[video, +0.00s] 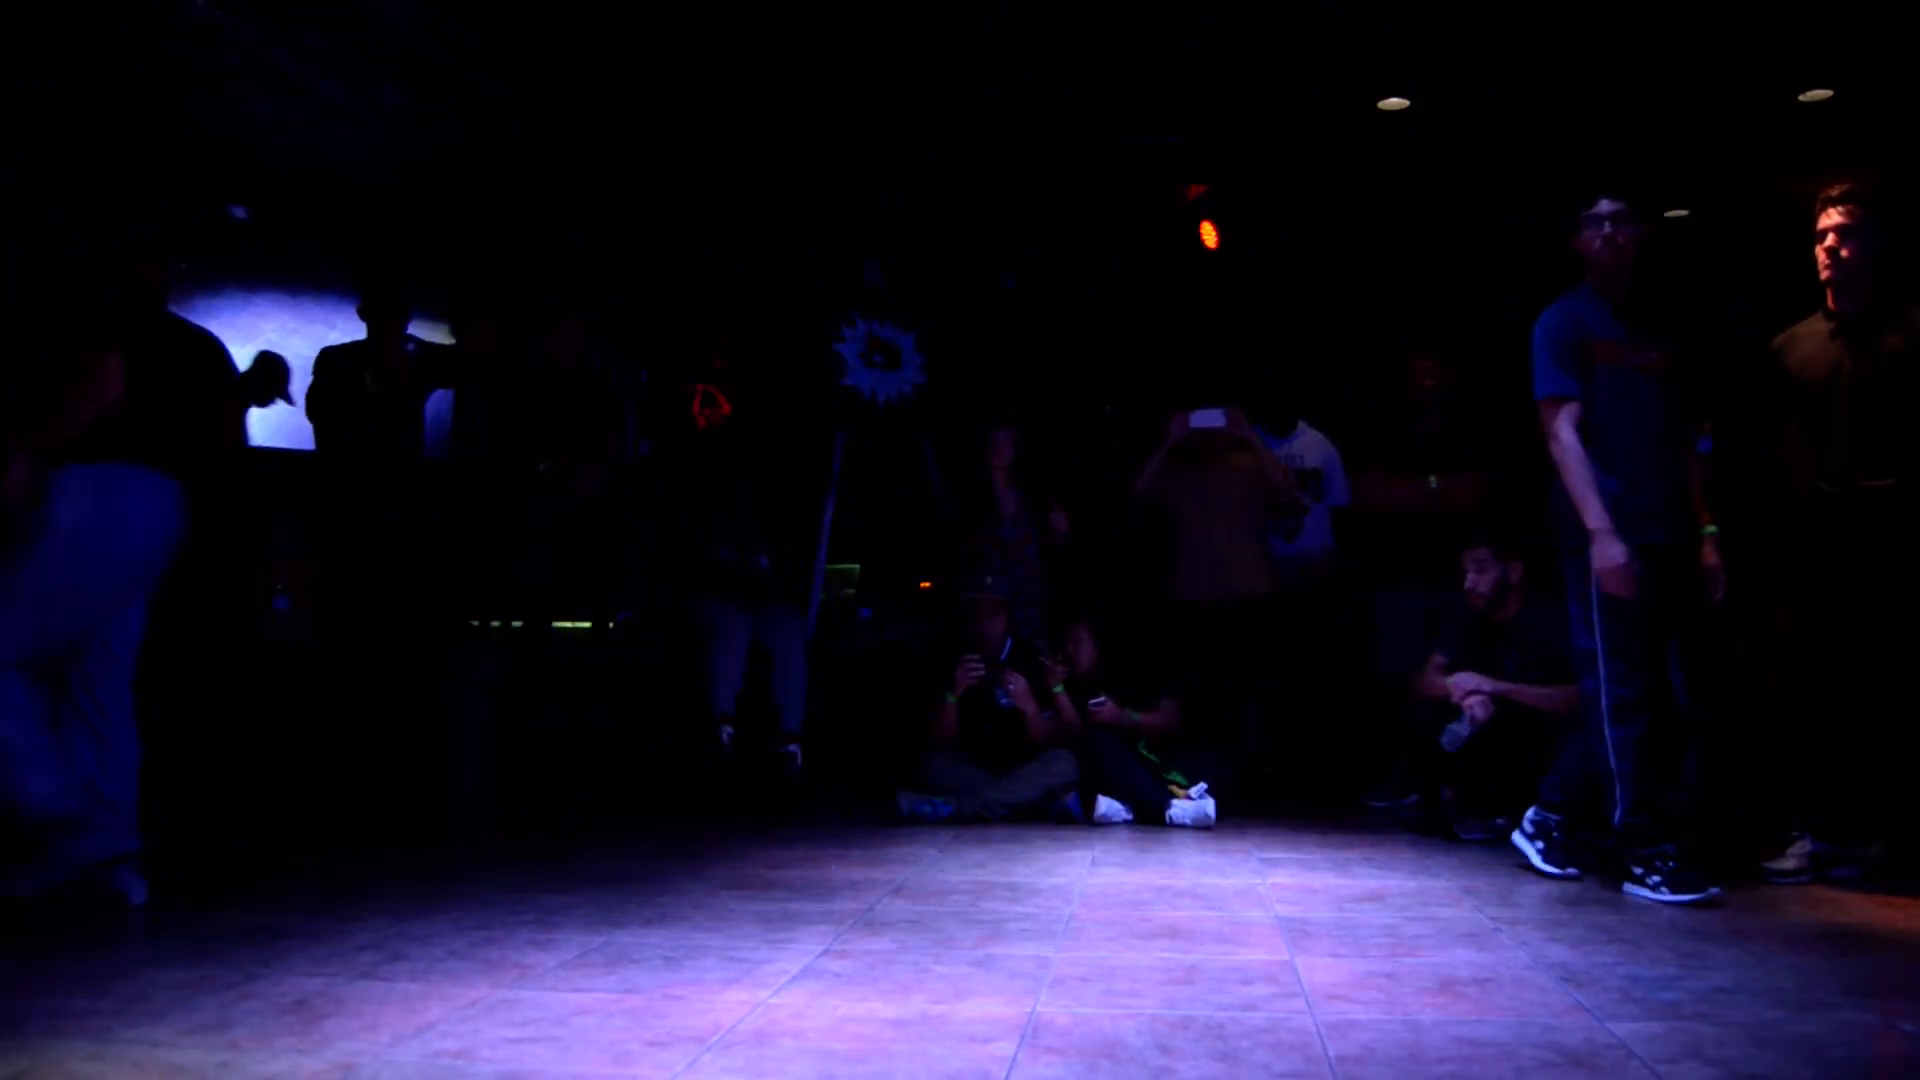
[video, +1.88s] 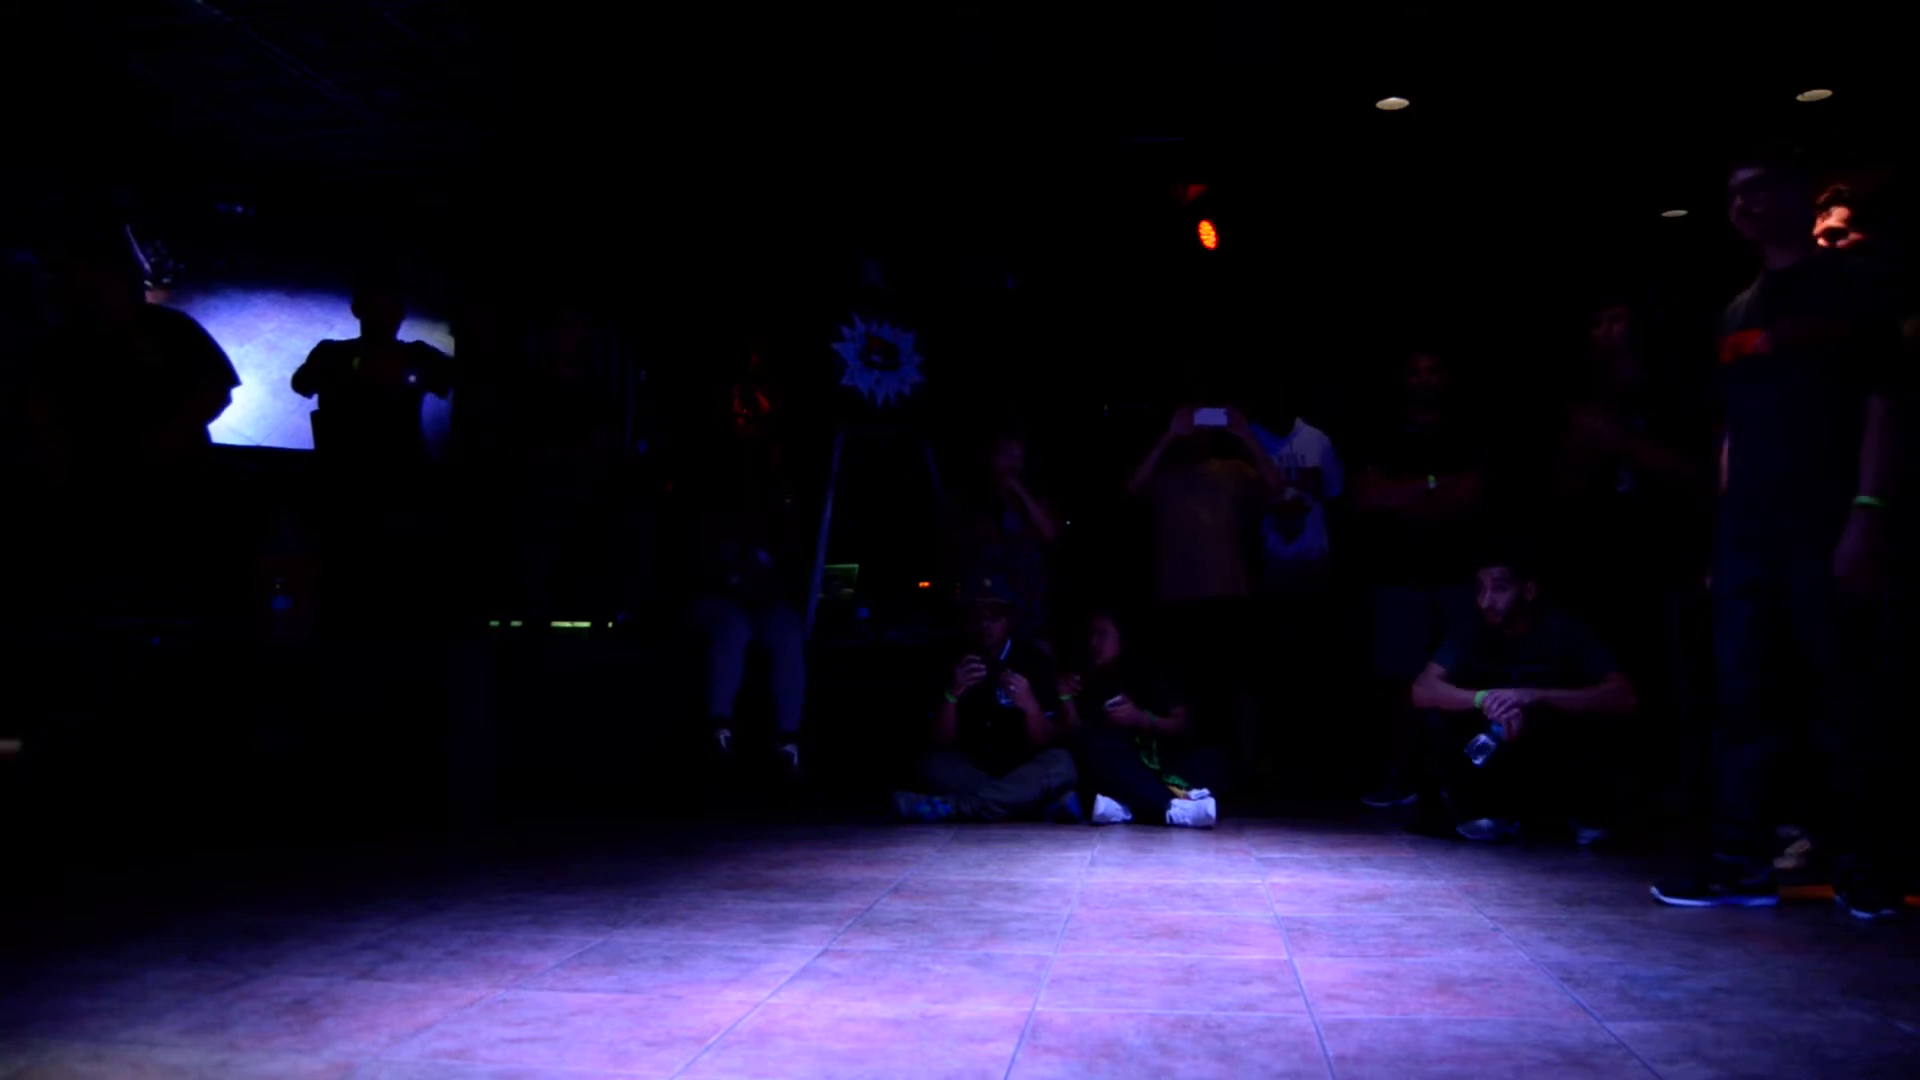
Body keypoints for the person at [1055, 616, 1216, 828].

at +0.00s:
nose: (1072, 651)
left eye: (1079, 642)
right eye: (1068, 644)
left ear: (1097, 644)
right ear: (1062, 650)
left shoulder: (1126, 680)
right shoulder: (1071, 685)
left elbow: (1167, 721)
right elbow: (1076, 730)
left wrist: (1119, 716)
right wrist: (1056, 687)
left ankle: (1127, 808)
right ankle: (1169, 806)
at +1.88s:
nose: (1095, 642)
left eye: (1103, 634)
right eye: (1091, 635)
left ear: (1119, 639)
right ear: (1084, 641)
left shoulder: (1143, 675)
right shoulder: (1082, 680)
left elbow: (1179, 723)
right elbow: (1077, 733)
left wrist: (1138, 718)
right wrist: (1066, 699)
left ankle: (1129, 809)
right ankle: (1169, 807)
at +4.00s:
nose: (1203, 642)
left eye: (1211, 634)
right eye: (1199, 634)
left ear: (1227, 638)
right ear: (1191, 639)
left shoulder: (1245, 676)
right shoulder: (1185, 678)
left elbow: (1273, 729)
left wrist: (1237, 717)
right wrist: (1193, 718)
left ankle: (1211, 811)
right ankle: (1251, 809)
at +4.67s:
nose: (1203, 645)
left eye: (1211, 637)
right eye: (1196, 639)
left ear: (1225, 639)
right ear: (1188, 645)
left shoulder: (1246, 676)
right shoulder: (1184, 678)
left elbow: (1268, 729)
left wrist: (1229, 714)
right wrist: (1186, 718)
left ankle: (1211, 811)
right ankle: (1251, 809)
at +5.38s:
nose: (1200, 643)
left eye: (1208, 634)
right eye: (1193, 636)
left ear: (1223, 638)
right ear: (1186, 642)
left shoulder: (1244, 675)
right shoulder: (1182, 678)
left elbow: (1269, 729)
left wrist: (1228, 714)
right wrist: (1185, 718)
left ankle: (1211, 810)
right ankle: (1251, 809)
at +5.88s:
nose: (1203, 644)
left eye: (1211, 636)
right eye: (1196, 638)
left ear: (1226, 638)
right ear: (1189, 643)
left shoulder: (1247, 675)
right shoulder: (1183, 677)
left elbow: (1267, 728)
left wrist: (1225, 709)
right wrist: (1183, 712)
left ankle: (1211, 811)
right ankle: (1251, 810)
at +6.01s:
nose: (1203, 644)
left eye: (1211, 636)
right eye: (1196, 637)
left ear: (1226, 638)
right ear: (1189, 642)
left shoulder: (1246, 675)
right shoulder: (1184, 676)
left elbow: (1265, 728)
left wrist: (1224, 707)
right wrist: (1181, 712)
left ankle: (1211, 810)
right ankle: (1251, 810)